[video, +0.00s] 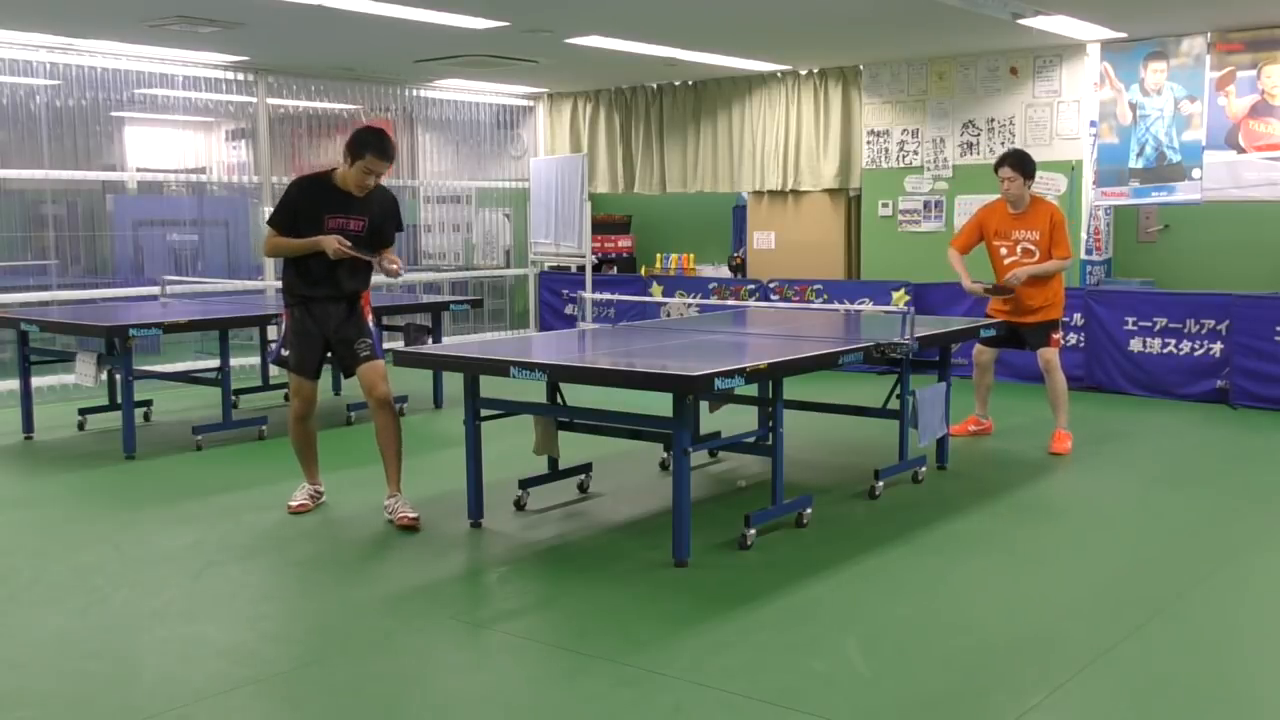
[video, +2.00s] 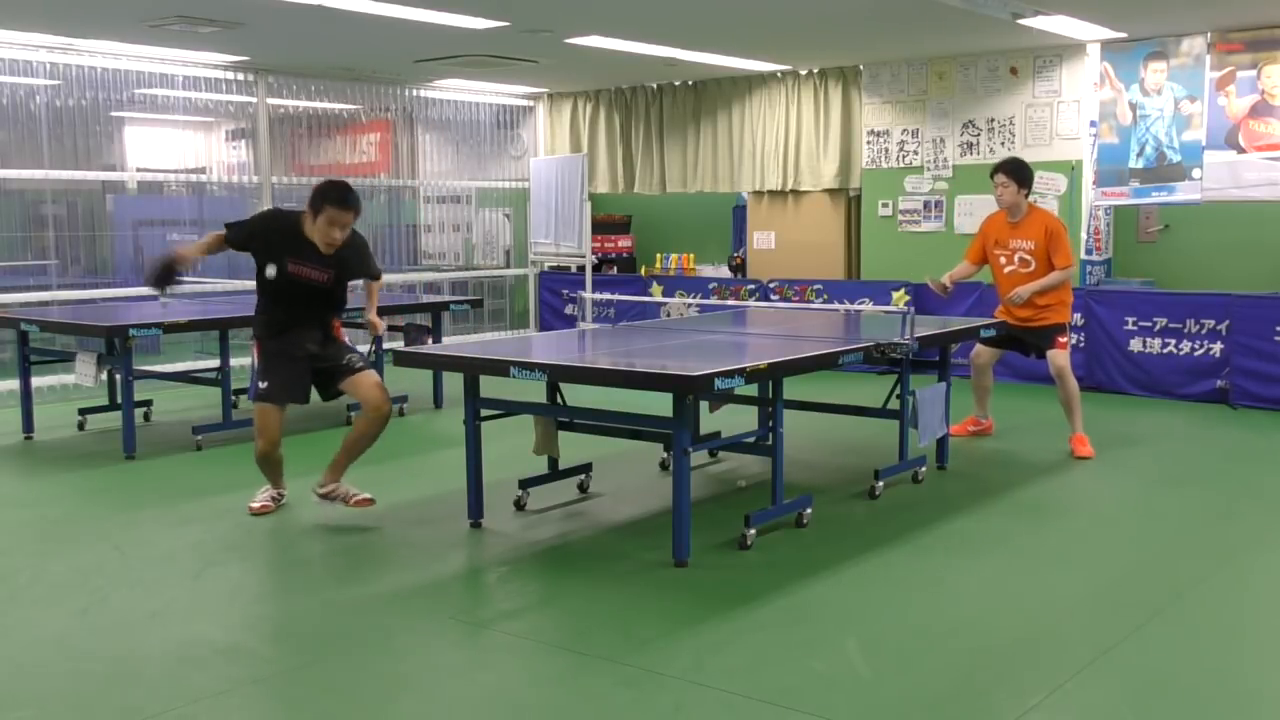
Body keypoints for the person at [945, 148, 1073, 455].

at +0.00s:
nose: (1005, 186)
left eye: (1011, 180)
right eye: (1001, 180)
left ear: (1028, 181)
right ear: (998, 180)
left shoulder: (1050, 213)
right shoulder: (989, 214)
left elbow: (1064, 260)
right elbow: (954, 249)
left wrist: (1026, 271)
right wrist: (966, 281)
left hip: (1044, 306)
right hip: (1003, 305)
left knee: (1048, 360)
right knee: (981, 356)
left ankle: (1062, 429)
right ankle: (981, 418)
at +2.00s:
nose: (998, 191)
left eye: (1004, 185)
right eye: (995, 186)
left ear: (1023, 189)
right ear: (994, 189)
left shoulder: (1049, 224)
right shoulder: (991, 224)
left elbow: (1066, 271)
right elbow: (974, 262)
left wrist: (1031, 288)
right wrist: (950, 277)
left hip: (1050, 313)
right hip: (1009, 313)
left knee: (1060, 368)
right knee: (979, 359)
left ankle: (1078, 434)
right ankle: (981, 419)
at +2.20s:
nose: (1003, 195)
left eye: (1010, 190)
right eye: (1001, 189)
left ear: (1029, 193)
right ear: (999, 191)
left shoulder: (1054, 228)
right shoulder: (994, 226)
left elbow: (1071, 276)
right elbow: (973, 262)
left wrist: (1033, 288)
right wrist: (950, 274)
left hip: (1053, 316)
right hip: (1011, 315)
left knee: (1061, 370)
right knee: (974, 355)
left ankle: (1078, 434)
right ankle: (955, 421)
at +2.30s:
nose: (999, 202)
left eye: (1006, 196)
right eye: (997, 196)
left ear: (1026, 200)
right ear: (995, 197)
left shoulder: (1051, 233)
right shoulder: (991, 231)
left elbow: (1064, 281)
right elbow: (967, 266)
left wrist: (1026, 287)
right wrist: (949, 281)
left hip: (1049, 318)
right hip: (1006, 317)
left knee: (1060, 371)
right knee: (967, 362)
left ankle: (1077, 433)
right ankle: (948, 426)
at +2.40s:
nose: (989, 209)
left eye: (995, 203)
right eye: (987, 203)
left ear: (1015, 204)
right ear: (986, 203)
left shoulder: (1043, 235)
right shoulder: (983, 237)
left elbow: (1057, 284)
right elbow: (955, 267)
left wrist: (1021, 289)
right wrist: (948, 286)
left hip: (1041, 320)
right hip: (998, 319)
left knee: (1055, 373)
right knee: (958, 362)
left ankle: (1076, 434)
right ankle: (947, 427)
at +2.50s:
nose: (977, 211)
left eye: (982, 205)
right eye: (975, 205)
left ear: (1003, 206)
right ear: (973, 206)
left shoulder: (1029, 234)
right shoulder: (970, 238)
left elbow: (1050, 280)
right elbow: (926, 255)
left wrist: (1016, 292)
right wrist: (927, 276)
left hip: (1035, 322)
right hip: (993, 321)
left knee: (1051, 374)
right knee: (953, 361)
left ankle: (1076, 433)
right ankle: (947, 427)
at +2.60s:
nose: (966, 205)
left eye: (972, 200)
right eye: (965, 200)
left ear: (992, 202)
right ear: (965, 201)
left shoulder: (1019, 231)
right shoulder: (959, 235)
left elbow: (1044, 273)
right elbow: (921, 247)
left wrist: (1013, 289)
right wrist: (906, 242)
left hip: (1033, 319)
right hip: (991, 319)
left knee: (1049, 370)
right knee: (952, 359)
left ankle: (1076, 433)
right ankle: (948, 428)